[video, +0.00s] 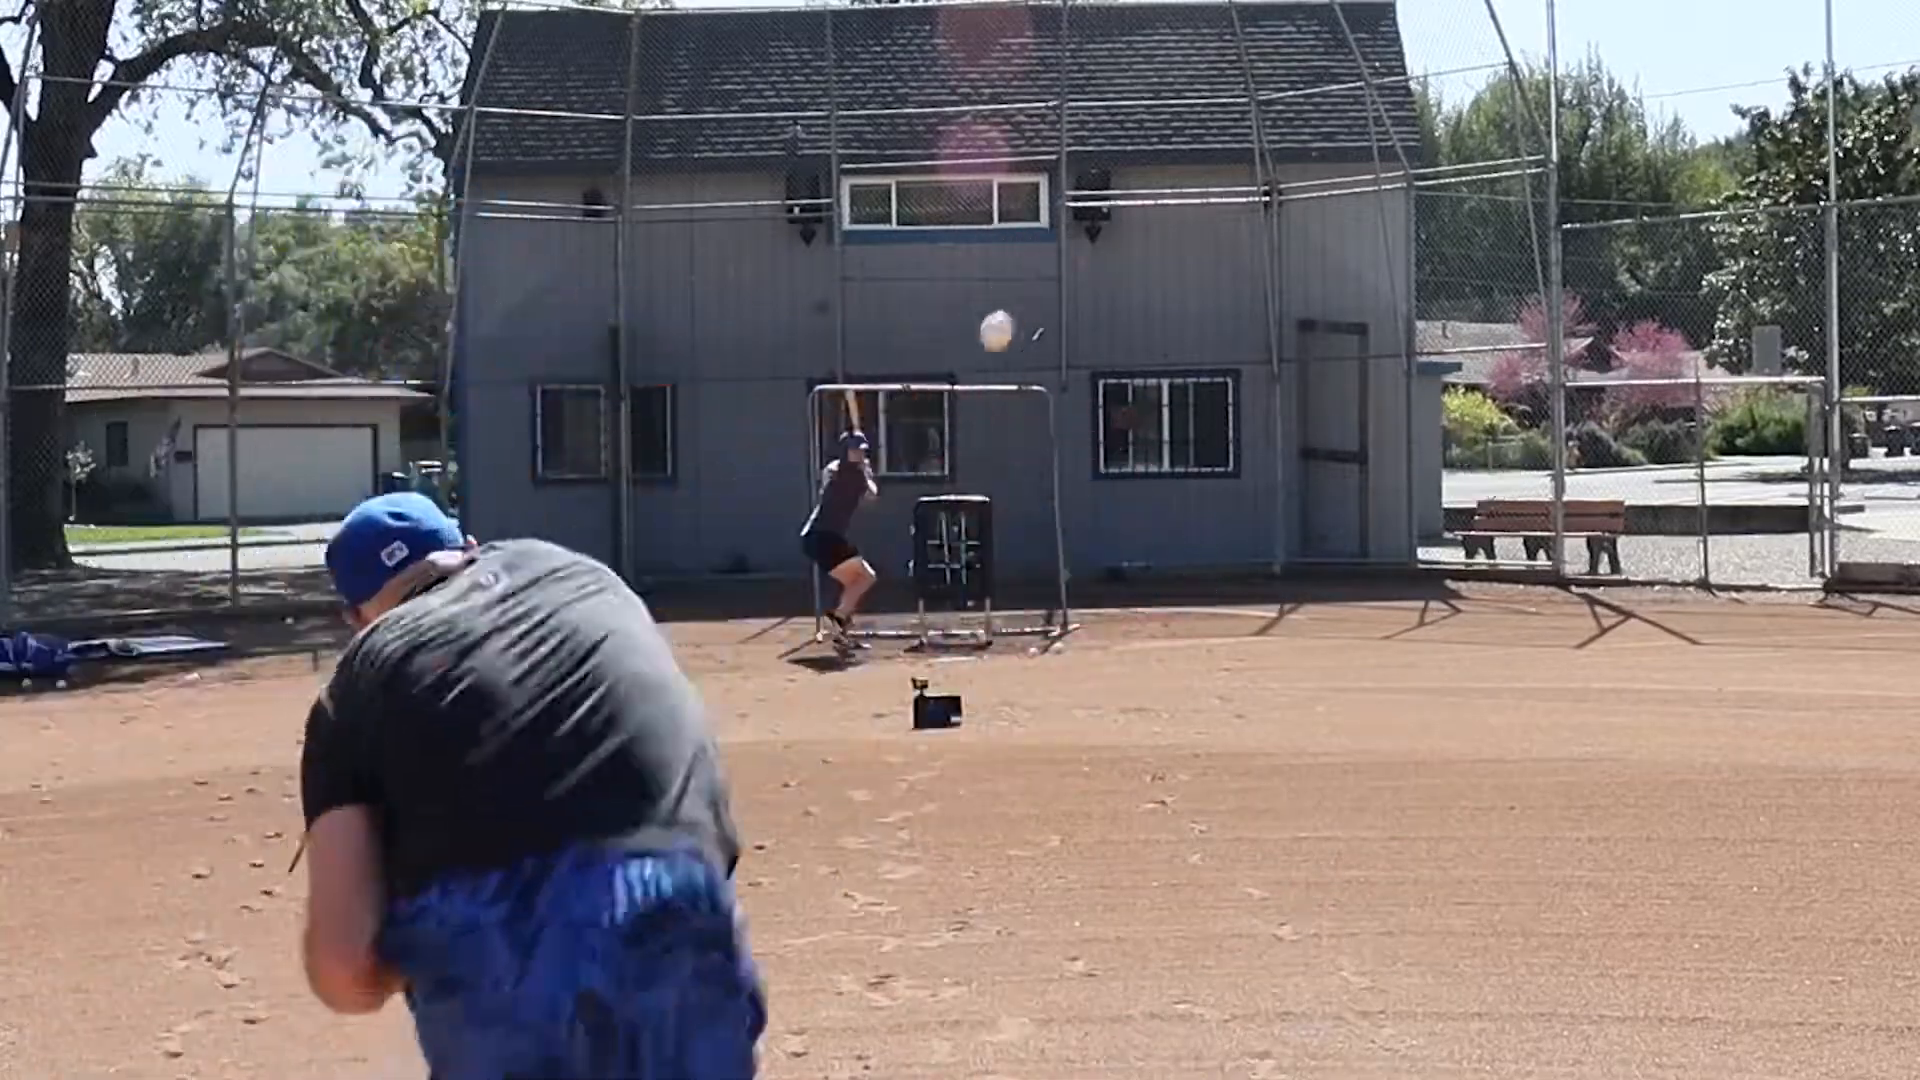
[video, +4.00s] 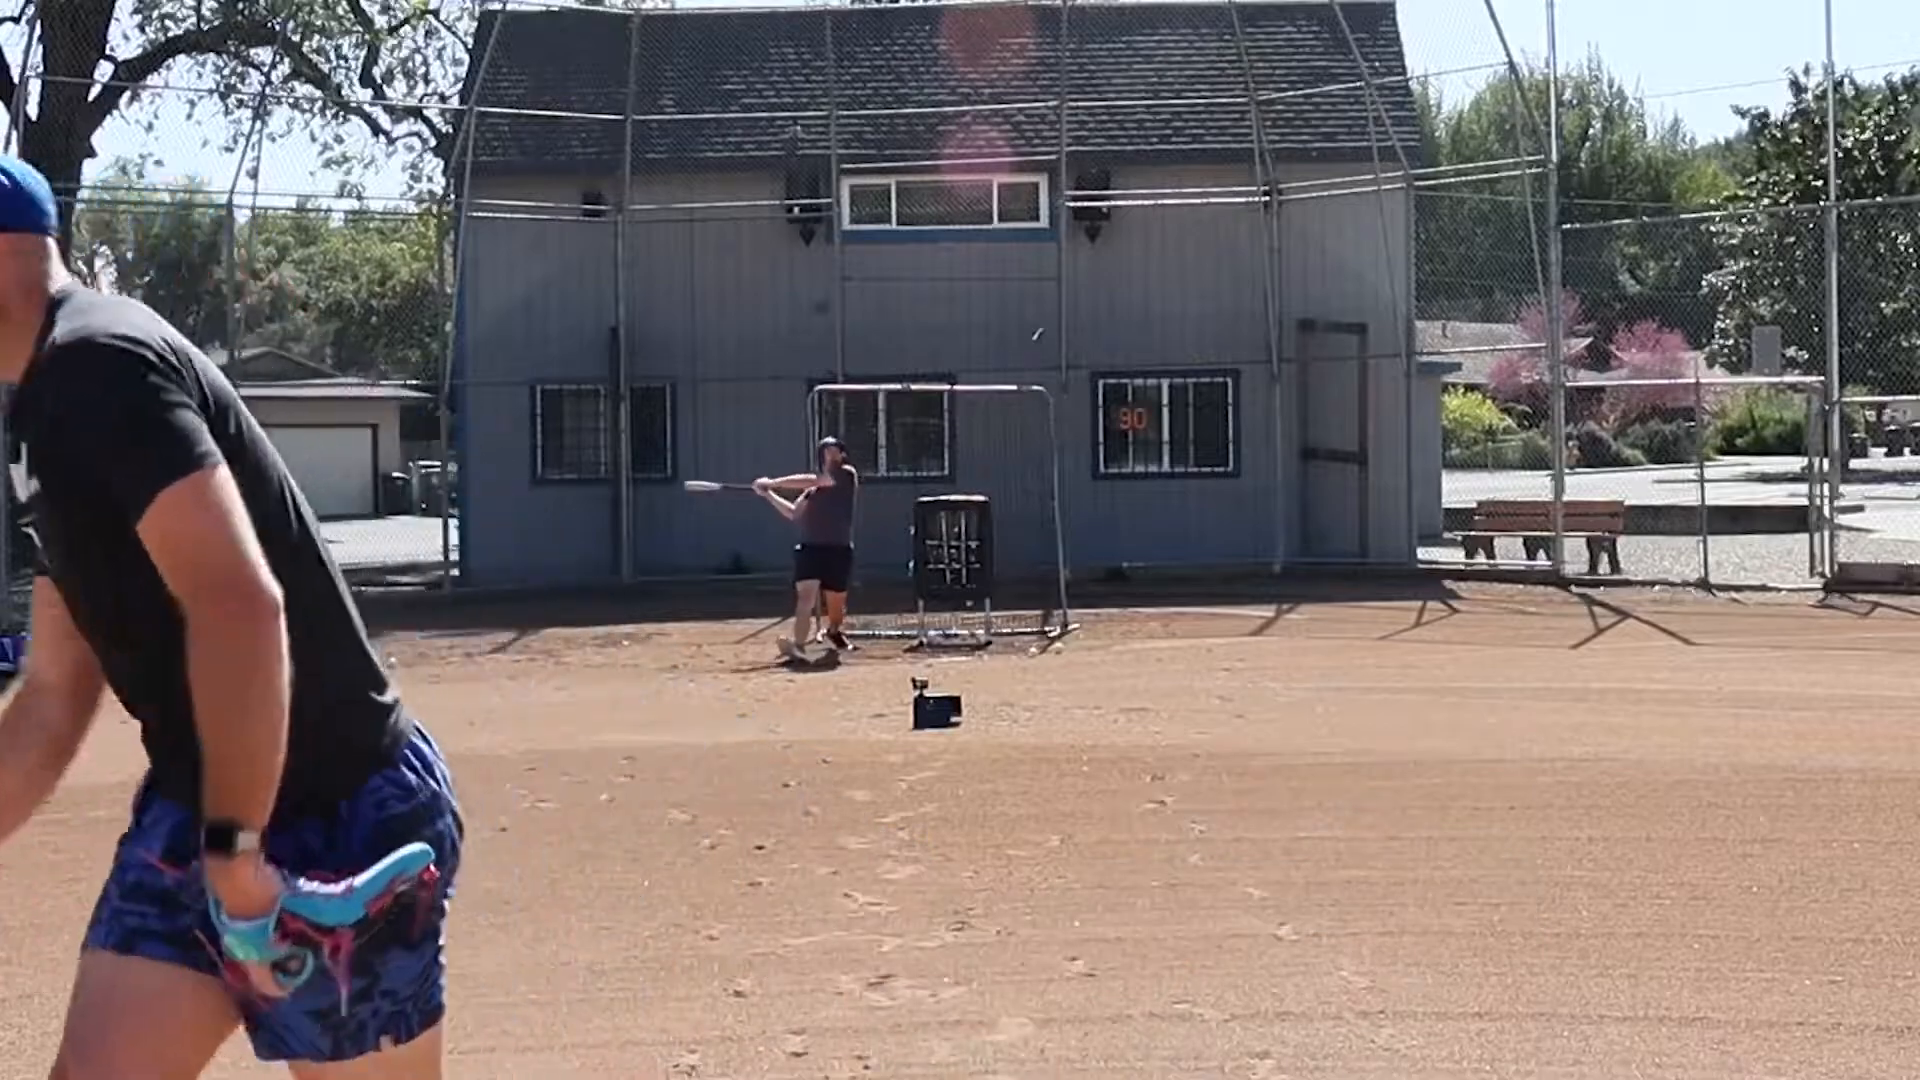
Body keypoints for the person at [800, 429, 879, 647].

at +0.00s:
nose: (861, 455)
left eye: (862, 451)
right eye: (856, 451)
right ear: (848, 452)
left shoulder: (833, 468)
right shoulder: (857, 474)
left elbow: (830, 467)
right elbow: (873, 492)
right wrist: (866, 472)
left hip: (813, 535)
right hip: (827, 536)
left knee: (852, 581)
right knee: (866, 576)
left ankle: (841, 632)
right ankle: (841, 614)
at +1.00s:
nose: (858, 469)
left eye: (863, 465)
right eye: (855, 464)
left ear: (868, 469)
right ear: (848, 465)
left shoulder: (865, 489)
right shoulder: (836, 491)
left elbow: (830, 488)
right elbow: (815, 515)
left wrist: (797, 482)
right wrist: (795, 494)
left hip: (847, 553)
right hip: (822, 548)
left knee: (845, 610)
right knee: (813, 595)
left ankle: (854, 631)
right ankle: (803, 643)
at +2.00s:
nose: (852, 458)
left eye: (853, 453)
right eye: (848, 453)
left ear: (843, 455)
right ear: (836, 455)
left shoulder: (821, 475)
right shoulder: (838, 479)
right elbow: (862, 509)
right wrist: (860, 491)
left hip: (825, 545)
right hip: (818, 546)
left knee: (851, 592)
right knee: (840, 600)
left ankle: (837, 636)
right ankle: (812, 645)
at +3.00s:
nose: (859, 461)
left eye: (860, 456)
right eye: (855, 456)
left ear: (845, 457)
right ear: (844, 457)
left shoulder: (828, 472)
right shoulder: (849, 478)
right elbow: (870, 493)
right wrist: (859, 472)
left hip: (826, 541)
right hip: (816, 542)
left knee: (853, 587)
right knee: (842, 588)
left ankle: (838, 635)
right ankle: (822, 634)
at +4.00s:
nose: (832, 455)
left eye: (836, 450)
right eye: (828, 451)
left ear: (843, 455)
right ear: (821, 456)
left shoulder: (847, 474)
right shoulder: (814, 486)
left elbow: (815, 481)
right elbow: (793, 513)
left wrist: (773, 483)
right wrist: (767, 494)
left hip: (838, 547)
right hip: (810, 546)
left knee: (837, 601)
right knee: (805, 598)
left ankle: (834, 632)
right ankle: (799, 646)